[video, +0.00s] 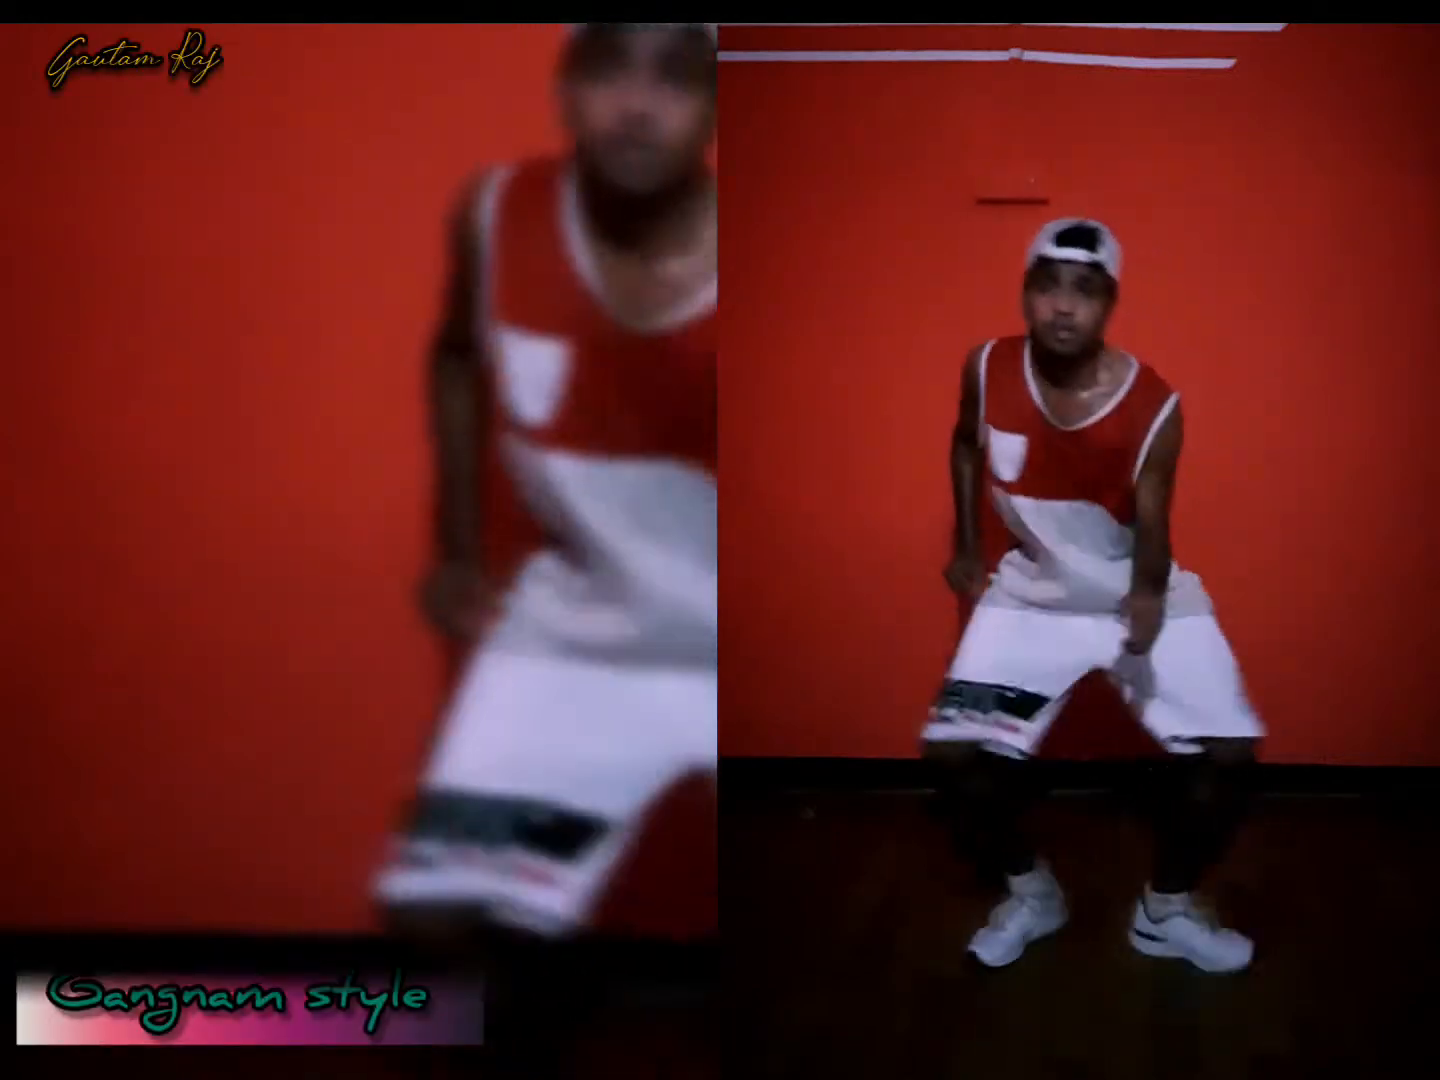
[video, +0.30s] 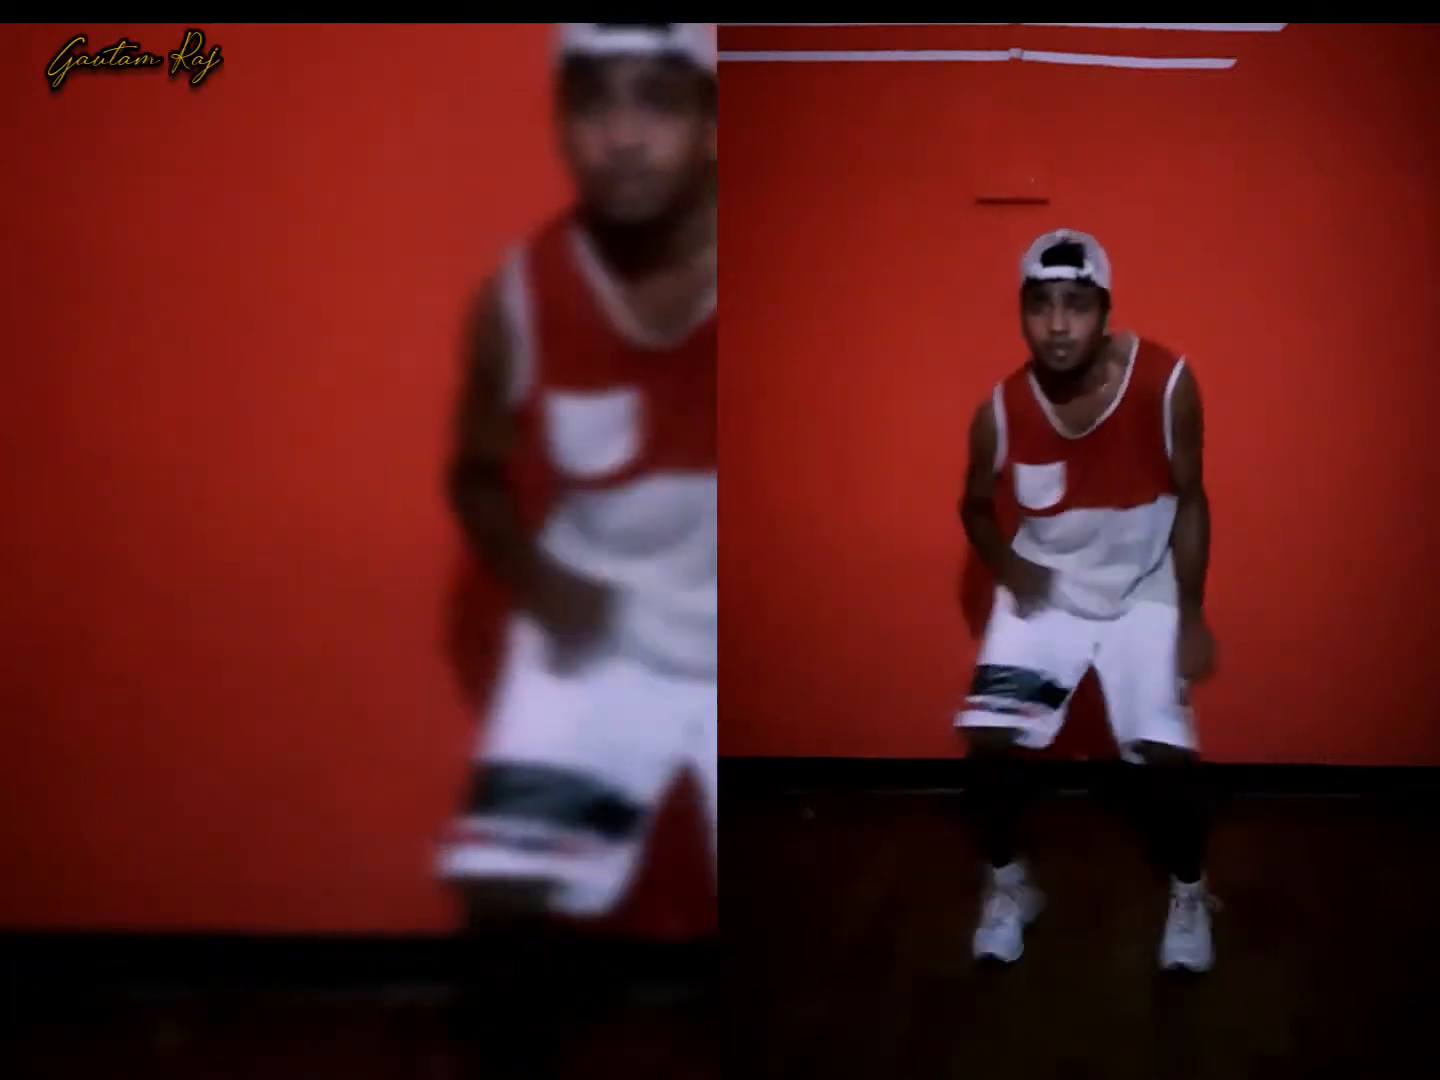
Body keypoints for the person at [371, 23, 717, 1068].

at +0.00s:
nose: (634, 106)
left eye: (673, 76)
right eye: (606, 71)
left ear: (717, 107)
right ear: (566, 90)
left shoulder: (759, 248)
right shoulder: (498, 219)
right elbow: (461, 360)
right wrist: (458, 553)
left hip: (722, 649)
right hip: (560, 628)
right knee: (454, 904)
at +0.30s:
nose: (623, 134)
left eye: (656, 103)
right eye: (595, 104)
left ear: (709, 130)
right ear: (562, 130)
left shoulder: (763, 277)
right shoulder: (526, 294)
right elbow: (475, 477)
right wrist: (537, 581)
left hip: (748, 645)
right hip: (597, 636)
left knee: (768, 915)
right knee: (506, 896)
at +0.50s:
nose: (703, 136)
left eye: (722, 107)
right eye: (680, 107)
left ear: (761, 122)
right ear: (649, 122)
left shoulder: (823, 268)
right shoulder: (605, 286)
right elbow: (607, 540)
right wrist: (647, 518)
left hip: (772, 597)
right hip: (625, 595)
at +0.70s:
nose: (736, 142)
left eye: (755, 116)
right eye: (716, 114)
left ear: (791, 134)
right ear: (680, 126)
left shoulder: (826, 277)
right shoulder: (587, 256)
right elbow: (491, 447)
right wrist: (532, 546)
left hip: (763, 666)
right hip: (608, 653)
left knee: (794, 950)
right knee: (485, 900)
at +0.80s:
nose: (709, 143)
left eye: (727, 112)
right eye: (681, 112)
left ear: (759, 128)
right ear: (630, 125)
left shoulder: (787, 247)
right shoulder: (548, 249)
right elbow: (484, 446)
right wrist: (478, 661)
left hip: (755, 626)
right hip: (619, 616)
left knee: (751, 889)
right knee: (632, 879)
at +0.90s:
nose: (648, 131)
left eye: (679, 98)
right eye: (616, 97)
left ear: (719, 120)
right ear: (573, 112)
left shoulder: (756, 250)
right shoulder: (506, 256)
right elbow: (485, 446)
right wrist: (466, 641)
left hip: (730, 606)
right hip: (586, 601)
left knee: (731, 895)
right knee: (544, 883)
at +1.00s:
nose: (593, 138)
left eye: (628, 109)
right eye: (563, 104)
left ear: (673, 133)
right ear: (523, 127)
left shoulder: (739, 269)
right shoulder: (484, 265)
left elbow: (814, 455)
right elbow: (480, 455)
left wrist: (735, 590)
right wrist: (472, 609)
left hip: (713, 645)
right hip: (552, 638)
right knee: (432, 892)